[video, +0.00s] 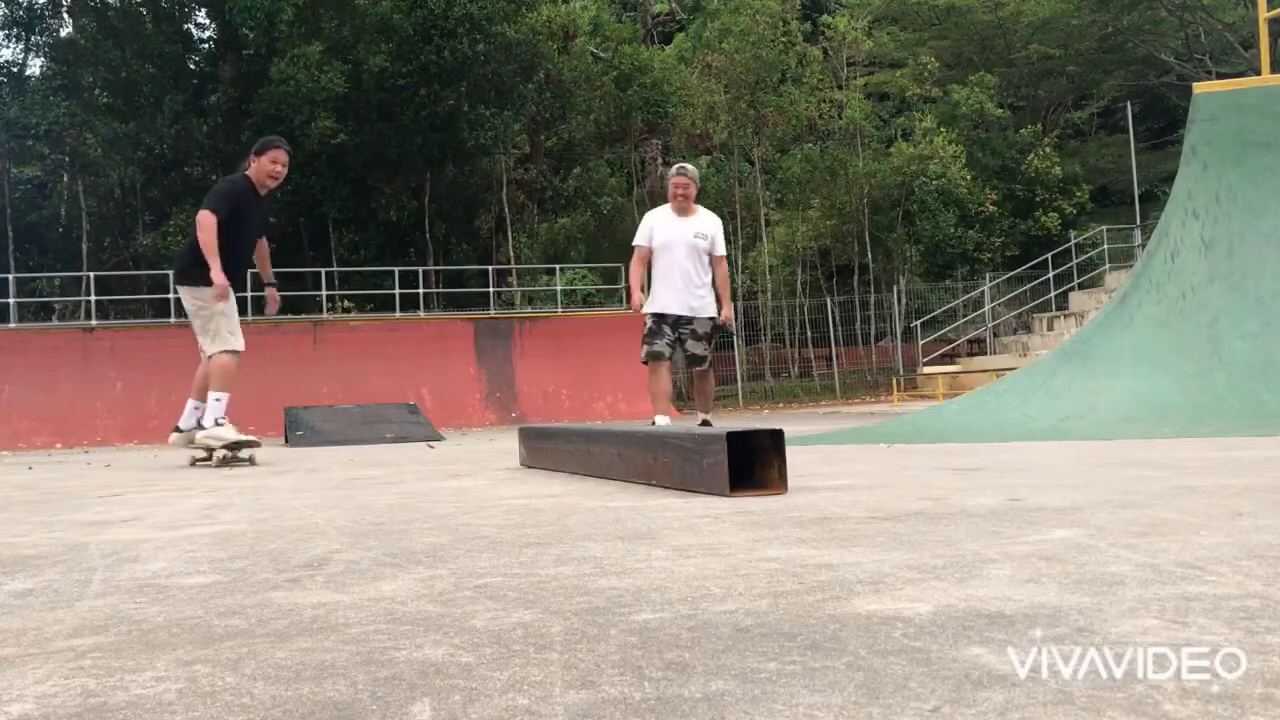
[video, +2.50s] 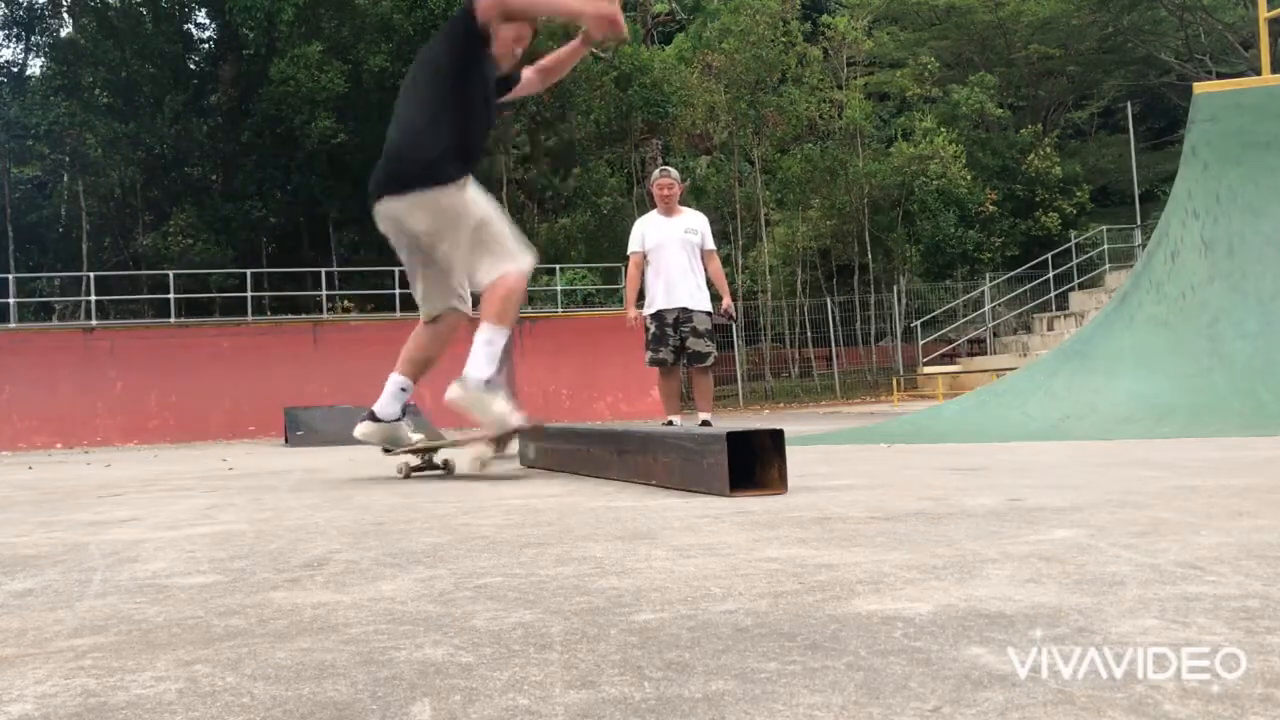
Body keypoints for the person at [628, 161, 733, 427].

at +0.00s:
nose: (680, 191)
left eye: (686, 187)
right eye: (675, 186)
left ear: (696, 189)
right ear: (668, 188)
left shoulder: (711, 221)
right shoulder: (652, 218)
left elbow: (720, 265)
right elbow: (639, 260)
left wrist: (726, 304)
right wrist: (636, 292)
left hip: (699, 308)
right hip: (661, 307)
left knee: (701, 366)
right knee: (657, 361)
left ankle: (705, 419)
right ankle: (661, 421)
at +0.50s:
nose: (692, 190)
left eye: (698, 185)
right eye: (687, 185)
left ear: (707, 189)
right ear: (680, 187)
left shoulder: (721, 222)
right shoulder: (664, 218)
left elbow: (732, 263)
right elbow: (651, 258)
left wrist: (744, 301)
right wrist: (640, 296)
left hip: (708, 306)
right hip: (671, 304)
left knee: (708, 365)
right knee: (669, 364)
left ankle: (706, 419)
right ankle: (672, 419)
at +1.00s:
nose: (676, 189)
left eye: (681, 184)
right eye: (671, 184)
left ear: (692, 187)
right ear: (665, 188)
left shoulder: (710, 219)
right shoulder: (653, 221)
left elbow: (720, 259)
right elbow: (643, 262)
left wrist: (719, 290)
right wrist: (645, 301)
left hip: (701, 306)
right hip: (665, 306)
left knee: (704, 365)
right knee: (669, 366)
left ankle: (705, 417)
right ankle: (673, 419)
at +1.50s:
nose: (666, 190)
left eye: (671, 185)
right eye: (661, 186)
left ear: (683, 187)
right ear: (655, 190)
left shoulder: (701, 219)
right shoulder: (644, 223)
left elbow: (714, 259)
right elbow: (636, 264)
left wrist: (727, 297)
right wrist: (628, 303)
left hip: (696, 305)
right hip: (660, 307)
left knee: (701, 365)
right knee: (667, 366)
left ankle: (705, 419)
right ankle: (673, 421)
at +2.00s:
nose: (665, 192)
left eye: (670, 187)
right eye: (660, 187)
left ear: (680, 189)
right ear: (652, 191)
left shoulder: (697, 219)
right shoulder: (642, 224)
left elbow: (710, 259)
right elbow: (635, 266)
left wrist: (723, 295)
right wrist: (630, 305)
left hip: (696, 304)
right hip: (659, 307)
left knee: (701, 365)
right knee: (667, 367)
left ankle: (705, 419)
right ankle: (673, 421)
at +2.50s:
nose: (666, 192)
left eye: (670, 187)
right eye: (660, 188)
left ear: (680, 189)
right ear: (652, 191)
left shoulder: (698, 219)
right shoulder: (643, 224)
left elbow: (711, 259)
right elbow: (635, 266)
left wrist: (726, 295)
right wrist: (630, 305)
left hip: (696, 304)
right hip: (660, 306)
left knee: (701, 365)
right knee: (668, 367)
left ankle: (705, 419)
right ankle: (673, 421)